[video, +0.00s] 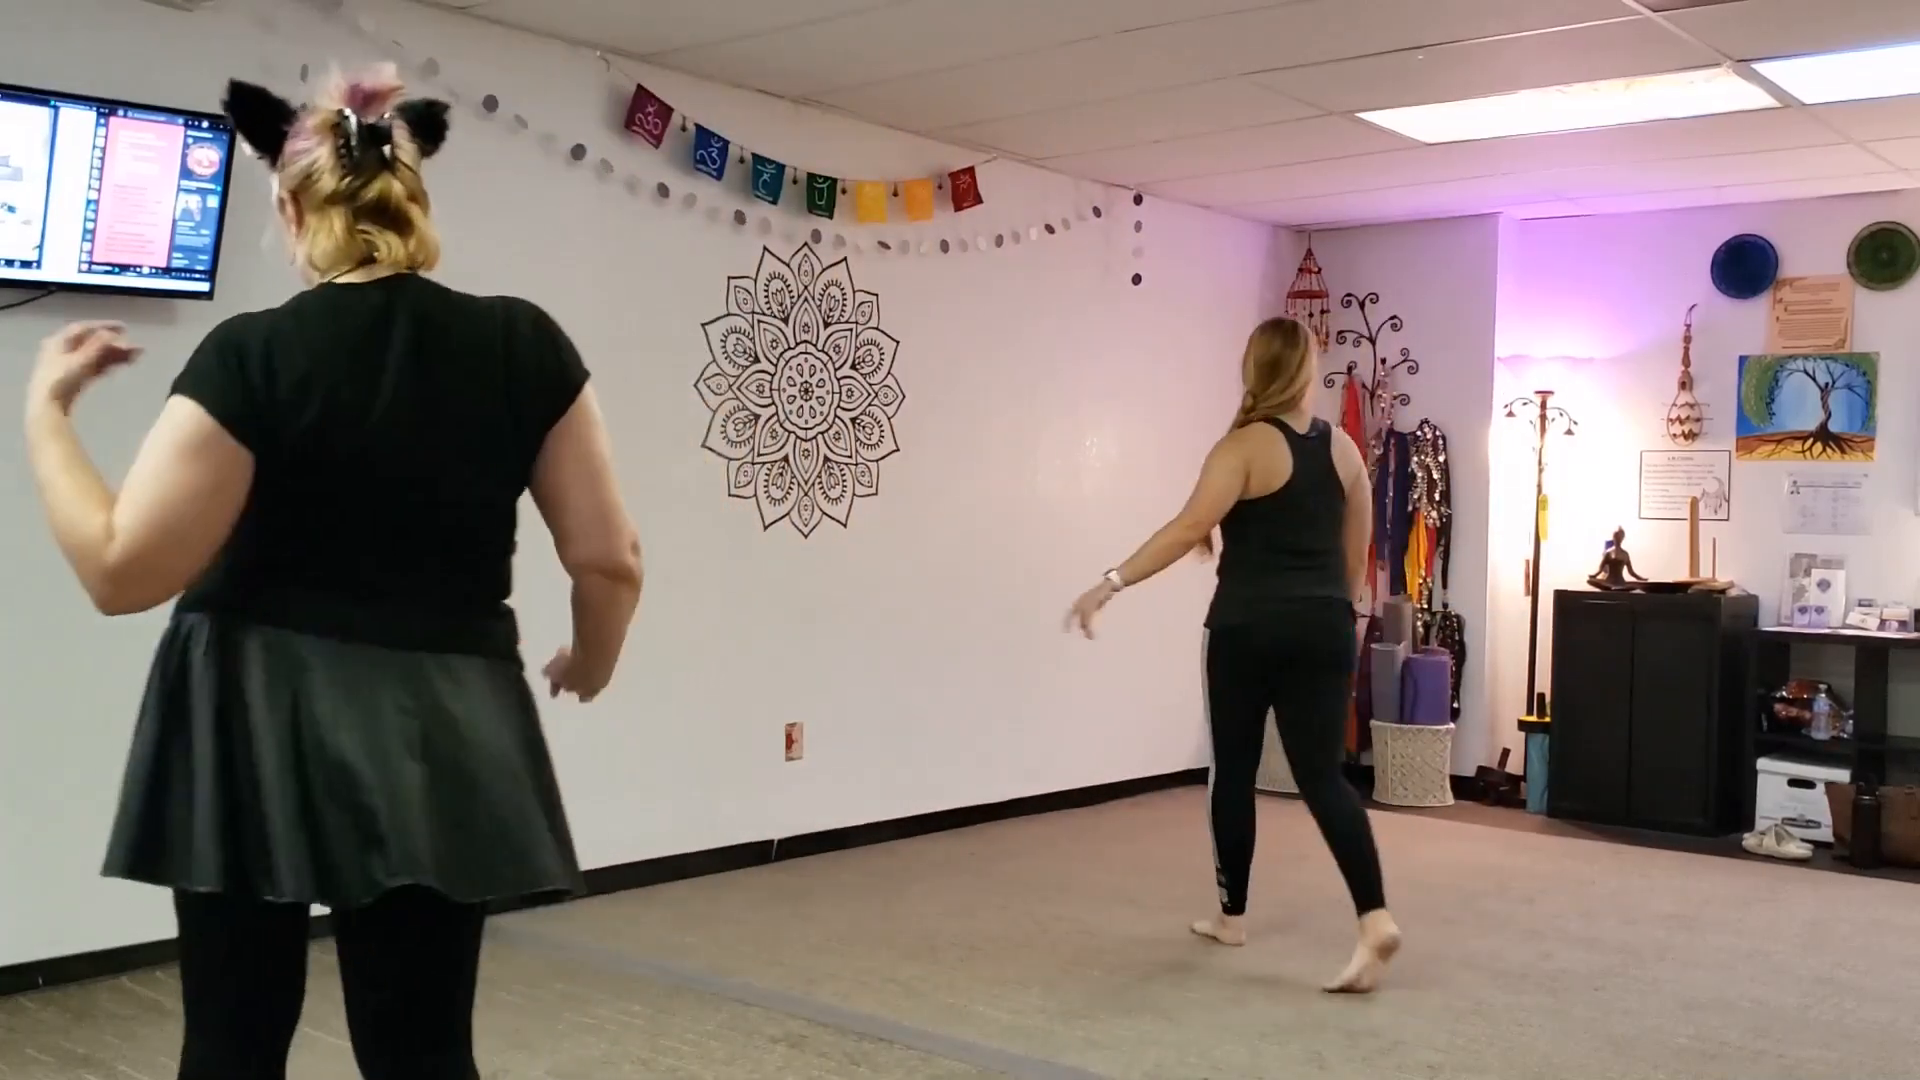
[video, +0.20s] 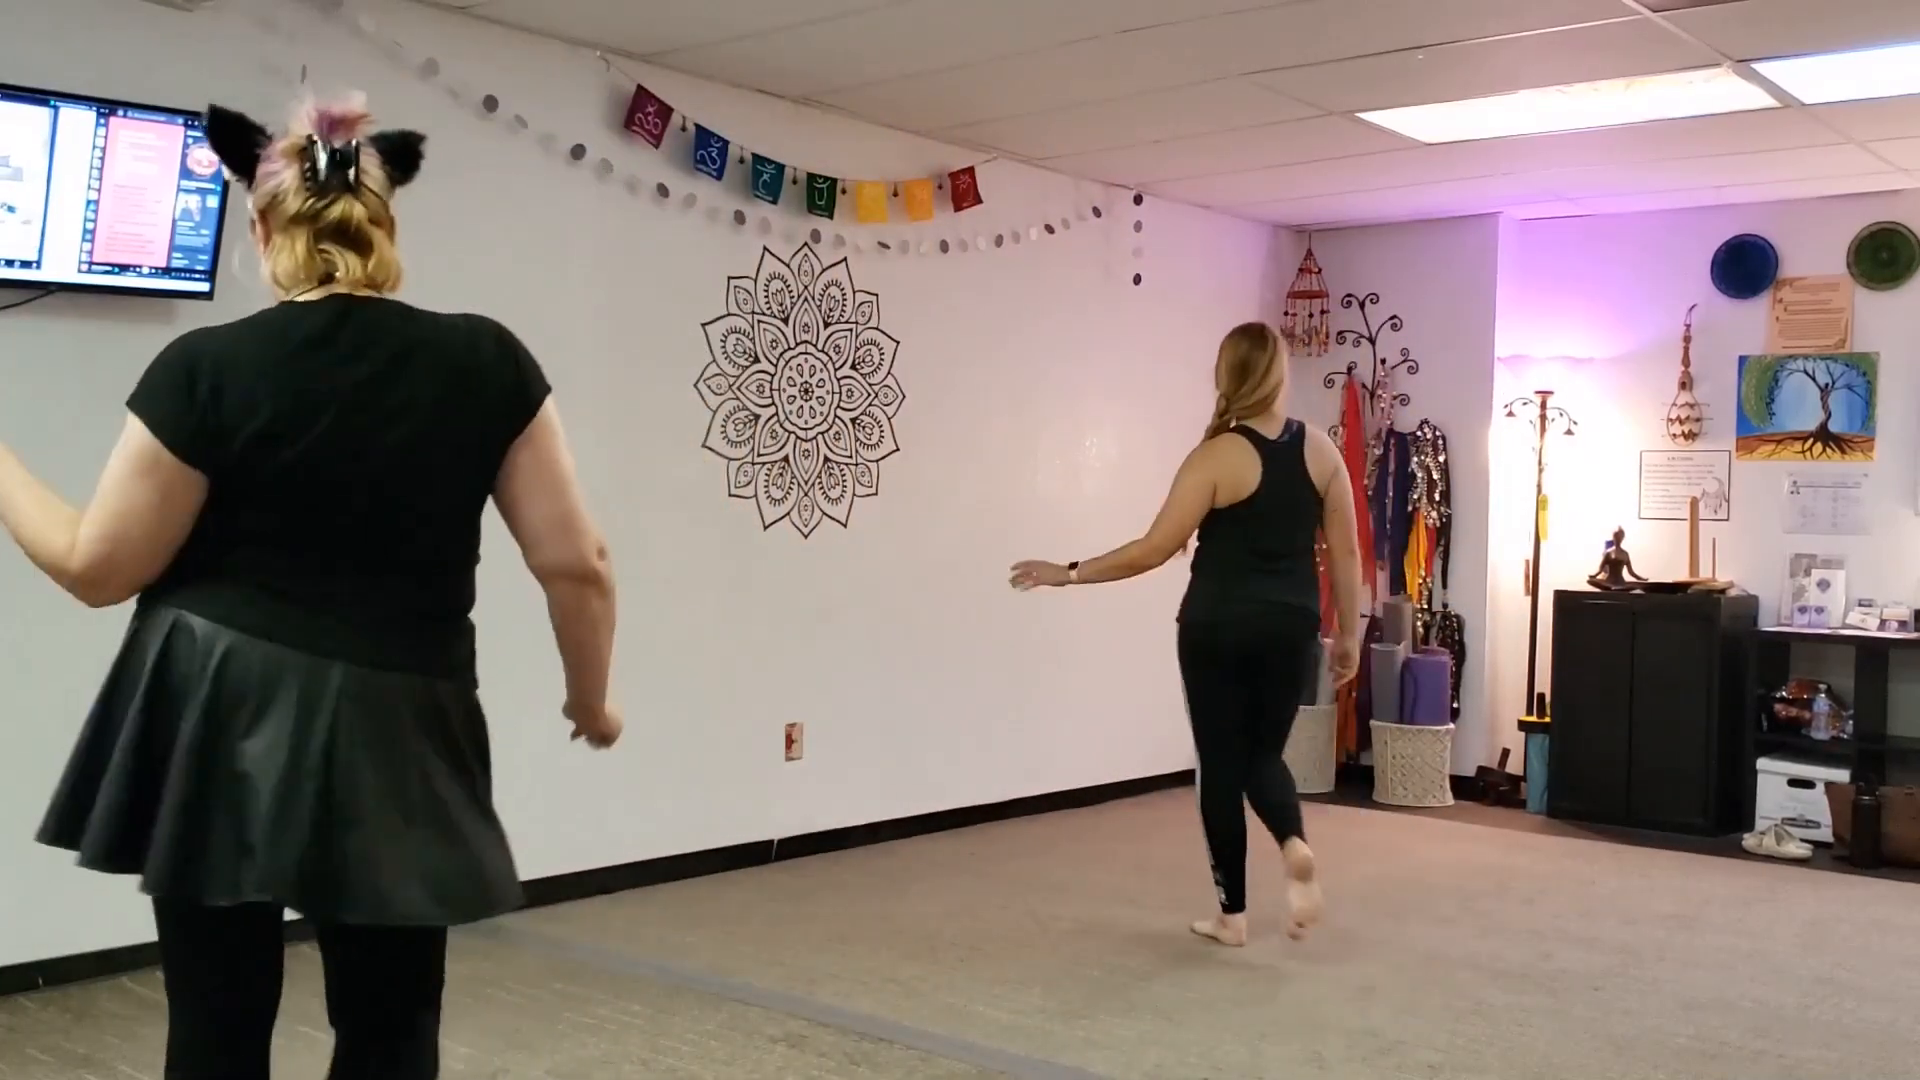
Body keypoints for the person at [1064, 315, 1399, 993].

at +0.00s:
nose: (1320, 373)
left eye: (1316, 361)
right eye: (1317, 364)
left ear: (1254, 372)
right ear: (1307, 374)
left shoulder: (1240, 448)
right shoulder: (1343, 450)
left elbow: (1192, 528)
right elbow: (1356, 547)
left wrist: (1112, 582)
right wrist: (1352, 606)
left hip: (1245, 631)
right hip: (1324, 629)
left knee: (1234, 774)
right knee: (1322, 774)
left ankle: (1231, 914)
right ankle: (1375, 916)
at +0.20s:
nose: (1281, 379)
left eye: (1220, 370)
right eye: (1283, 368)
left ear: (1225, 379)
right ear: (1281, 378)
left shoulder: (1216, 456)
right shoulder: (1321, 453)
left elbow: (1155, 549)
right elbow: (1344, 554)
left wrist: (1070, 573)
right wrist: (1349, 633)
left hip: (1214, 632)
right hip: (1290, 634)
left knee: (1220, 766)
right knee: (1265, 754)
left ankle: (1232, 912)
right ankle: (1295, 842)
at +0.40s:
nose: (1261, 377)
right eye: (1264, 368)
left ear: (1207, 376)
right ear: (1262, 376)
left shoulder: (1185, 456)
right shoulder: (1301, 446)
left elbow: (1149, 549)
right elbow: (1340, 539)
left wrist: (1086, 551)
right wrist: (1371, 617)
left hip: (1200, 622)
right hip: (1276, 621)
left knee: (1212, 757)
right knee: (1241, 720)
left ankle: (1231, 911)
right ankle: (1243, 842)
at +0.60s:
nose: (1252, 379)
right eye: (1255, 370)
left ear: (1199, 373)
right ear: (1253, 377)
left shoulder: (1168, 451)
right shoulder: (1283, 444)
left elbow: (1148, 546)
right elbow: (1315, 528)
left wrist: (1127, 539)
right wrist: (1359, 611)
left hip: (1189, 615)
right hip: (1265, 615)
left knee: (1206, 749)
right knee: (1235, 734)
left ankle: (1227, 898)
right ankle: (1218, 854)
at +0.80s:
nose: (1252, 396)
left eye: (1247, 386)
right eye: (1253, 388)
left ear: (1197, 389)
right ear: (1246, 394)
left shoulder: (1165, 465)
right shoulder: (1268, 460)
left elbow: (1156, 551)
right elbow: (1290, 551)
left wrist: (1197, 583)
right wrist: (1329, 632)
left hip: (1179, 617)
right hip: (1252, 619)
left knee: (1198, 747)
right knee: (1226, 744)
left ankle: (1220, 885)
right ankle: (1203, 857)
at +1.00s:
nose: (1253, 387)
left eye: (1241, 375)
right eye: (1254, 379)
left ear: (1199, 379)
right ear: (1249, 385)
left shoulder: (1168, 450)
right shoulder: (1264, 455)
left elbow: (1161, 537)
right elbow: (1277, 546)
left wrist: (1190, 582)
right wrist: (1305, 628)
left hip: (1177, 606)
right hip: (1248, 611)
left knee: (1184, 729)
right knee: (1223, 732)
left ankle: (1200, 844)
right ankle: (1203, 860)